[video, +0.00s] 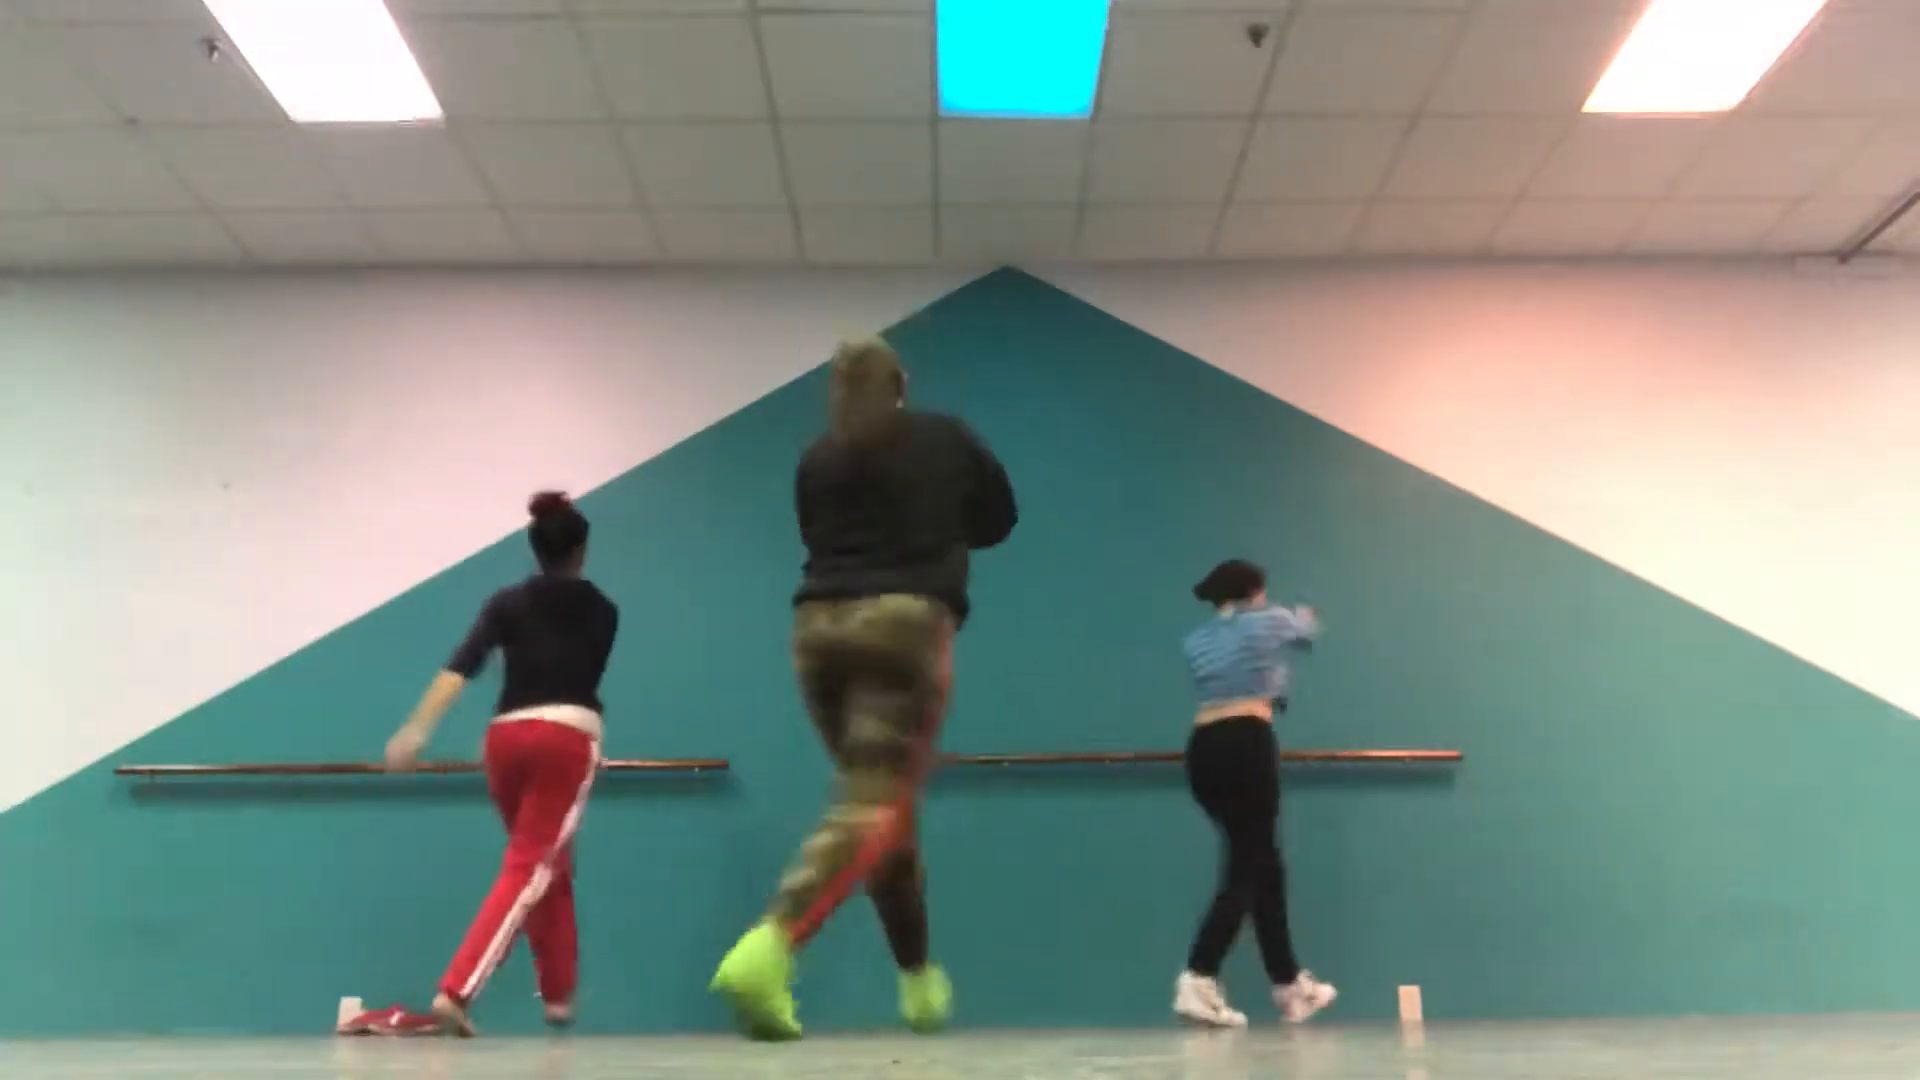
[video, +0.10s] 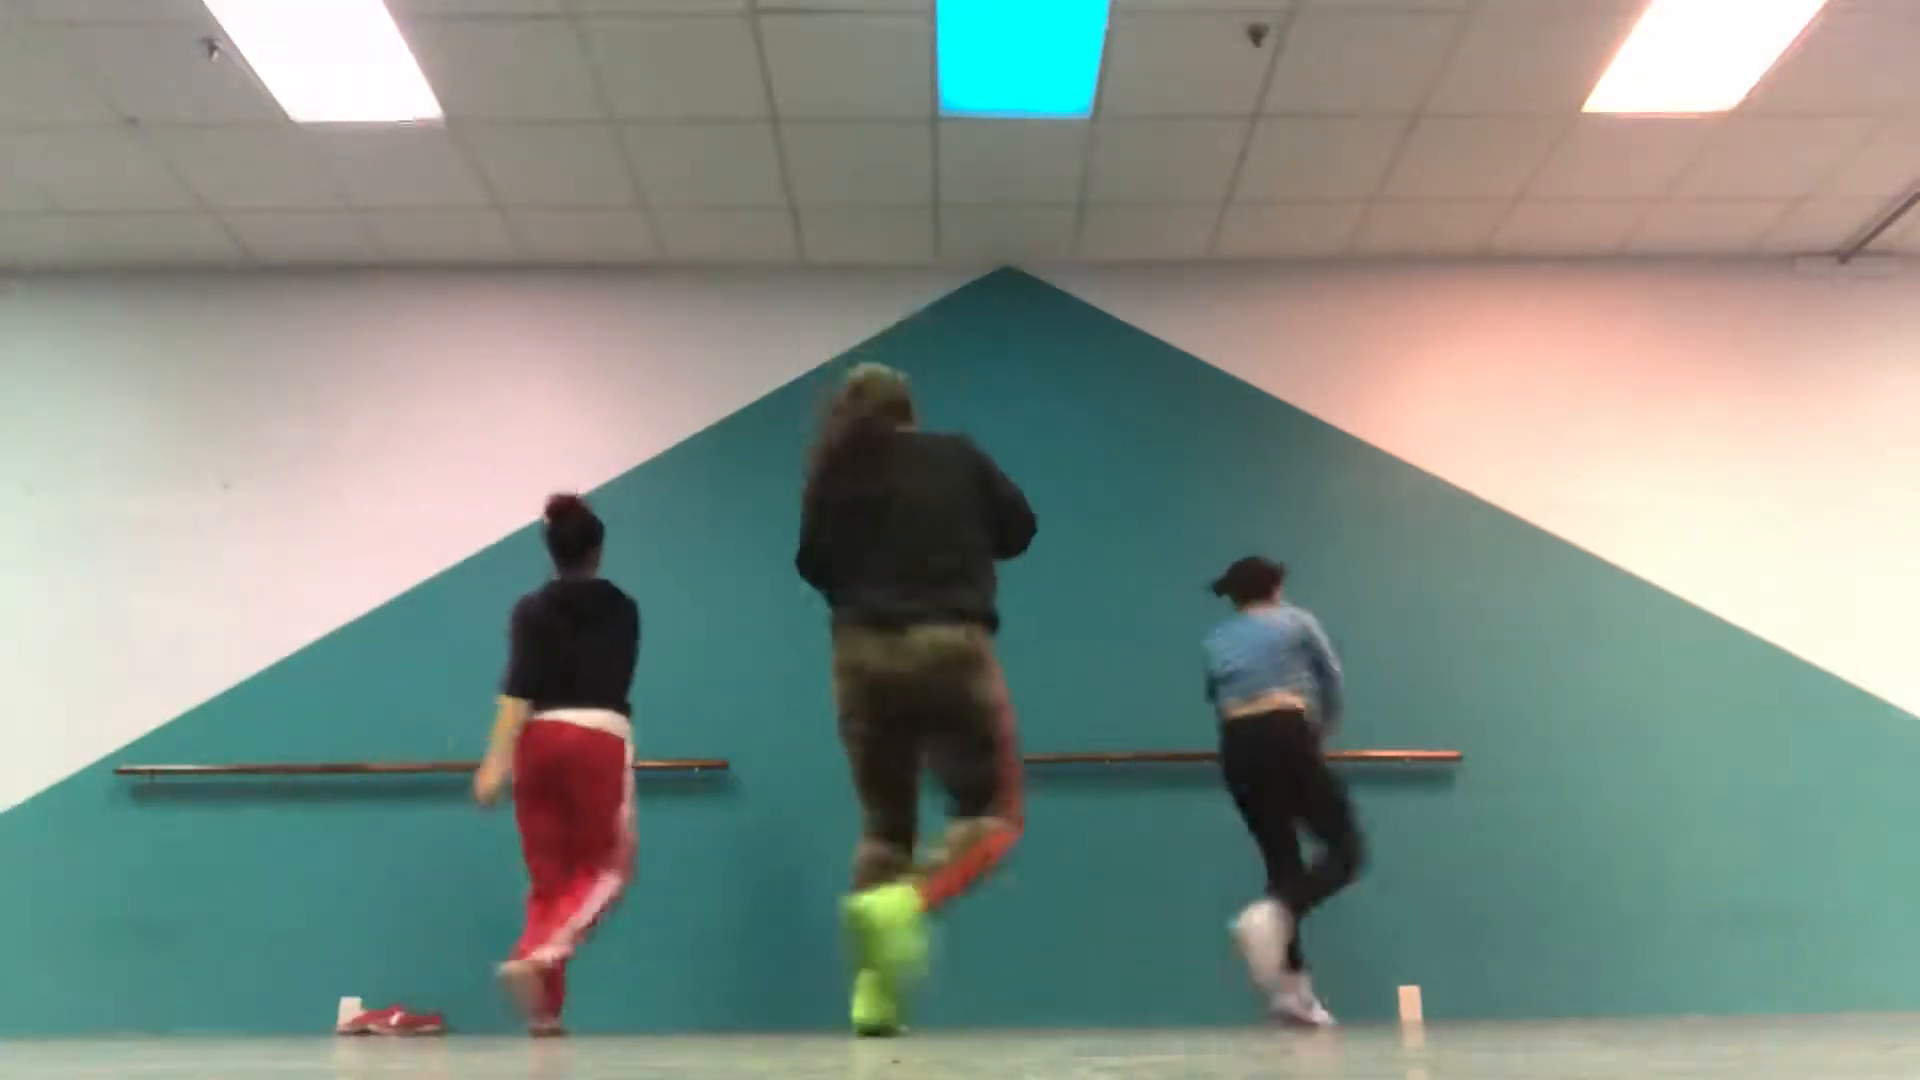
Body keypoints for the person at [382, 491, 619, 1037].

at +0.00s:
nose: (572, 555)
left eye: (557, 547)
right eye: (578, 547)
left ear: (534, 549)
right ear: (582, 549)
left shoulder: (509, 601)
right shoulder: (602, 609)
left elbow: (459, 669)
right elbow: (578, 674)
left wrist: (415, 729)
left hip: (506, 738)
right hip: (568, 739)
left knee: (550, 864)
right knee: (526, 867)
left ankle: (558, 995)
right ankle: (456, 993)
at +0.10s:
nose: (576, 553)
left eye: (559, 544)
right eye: (587, 544)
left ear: (549, 549)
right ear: (598, 548)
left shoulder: (532, 609)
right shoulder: (623, 608)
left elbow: (517, 693)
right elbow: (613, 685)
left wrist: (496, 760)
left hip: (538, 737)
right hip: (601, 742)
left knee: (545, 871)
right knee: (608, 867)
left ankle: (546, 1004)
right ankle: (541, 954)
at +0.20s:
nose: (606, 551)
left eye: (589, 543)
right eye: (612, 543)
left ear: (570, 548)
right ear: (618, 547)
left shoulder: (550, 606)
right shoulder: (642, 604)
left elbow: (538, 695)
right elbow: (644, 686)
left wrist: (527, 763)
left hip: (563, 737)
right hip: (625, 739)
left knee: (557, 883)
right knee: (654, 858)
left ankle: (544, 1005)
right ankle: (622, 956)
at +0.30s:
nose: (623, 554)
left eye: (608, 546)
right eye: (634, 545)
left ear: (593, 550)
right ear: (640, 548)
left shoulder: (573, 607)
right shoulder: (665, 608)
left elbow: (555, 688)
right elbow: (668, 687)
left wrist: (536, 745)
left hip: (588, 732)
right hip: (654, 731)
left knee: (571, 867)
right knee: (688, 862)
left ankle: (555, 992)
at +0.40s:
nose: (643, 574)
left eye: (628, 566)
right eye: (650, 567)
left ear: (611, 570)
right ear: (658, 570)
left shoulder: (591, 625)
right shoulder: (678, 626)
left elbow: (577, 699)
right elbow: (692, 710)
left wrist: (535, 735)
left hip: (616, 767)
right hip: (681, 764)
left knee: (589, 887)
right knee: (718, 881)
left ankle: (582, 997)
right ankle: (736, 1002)